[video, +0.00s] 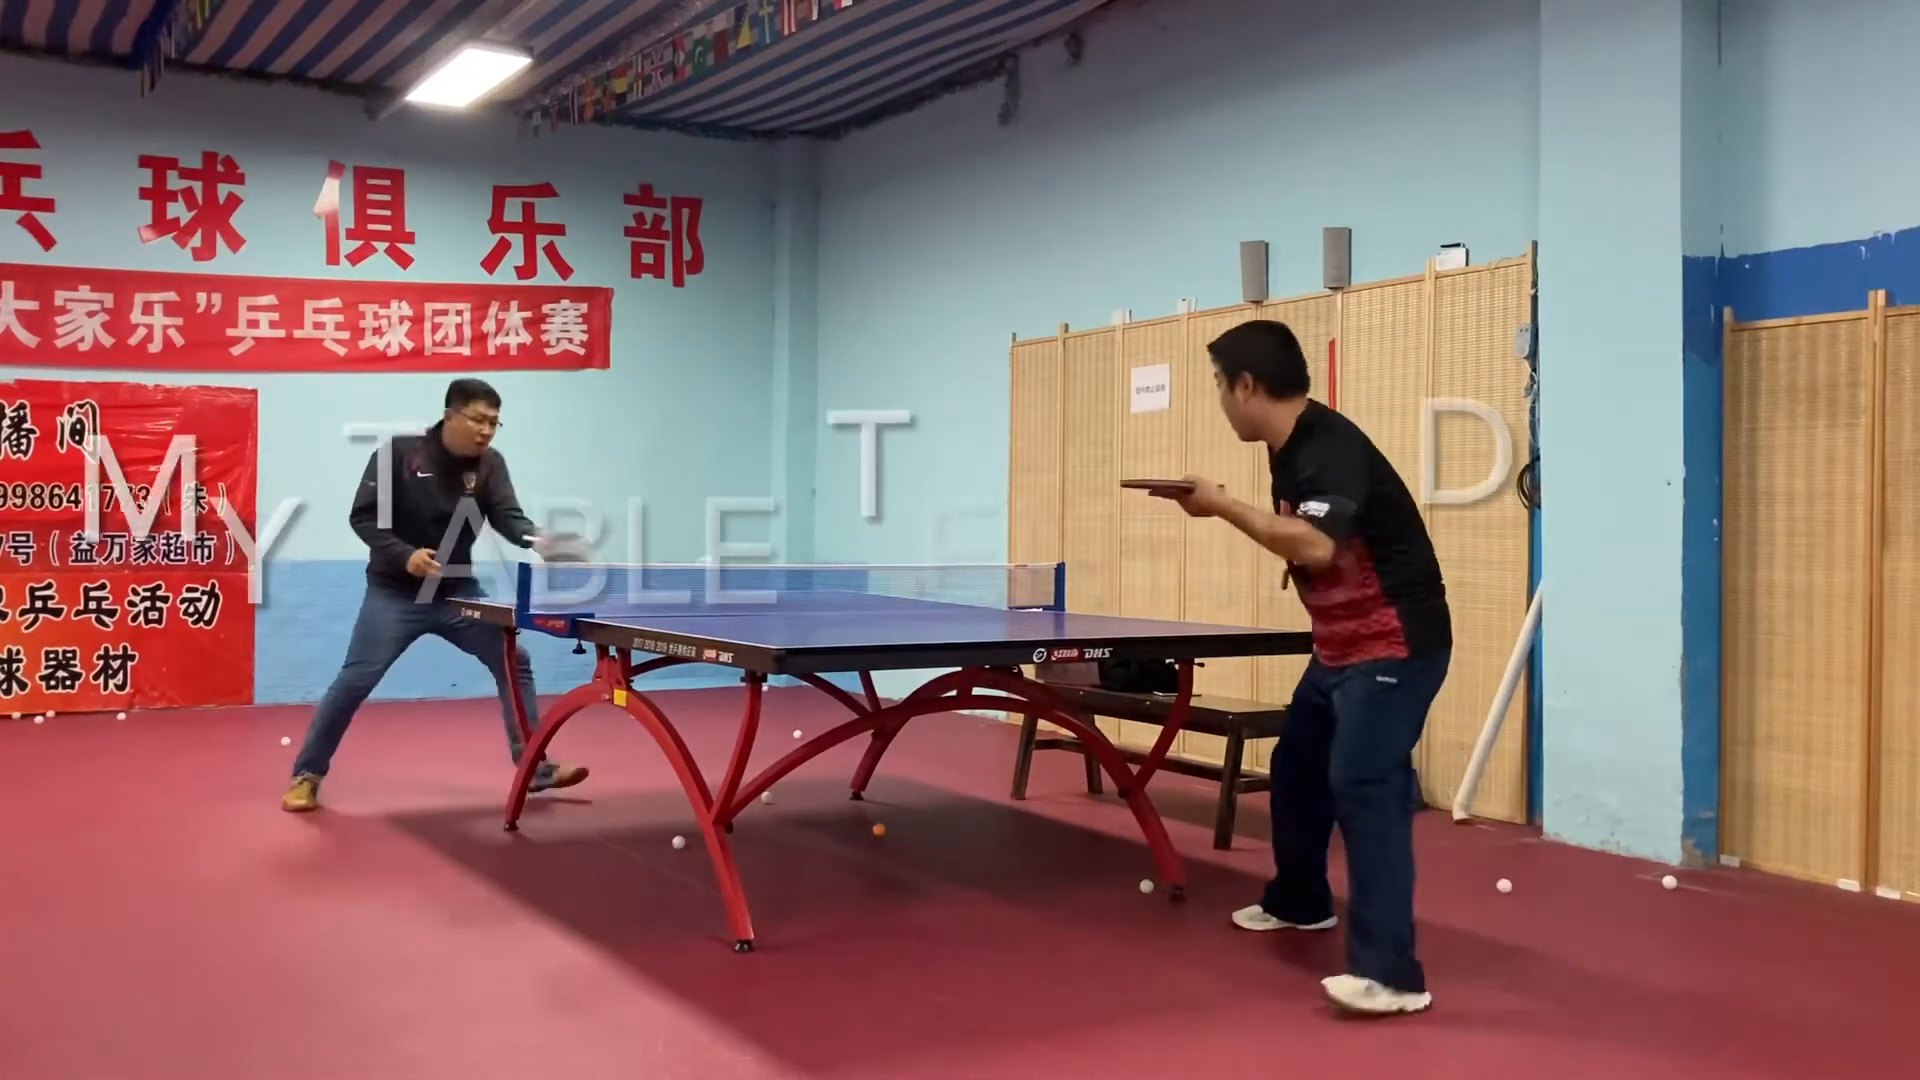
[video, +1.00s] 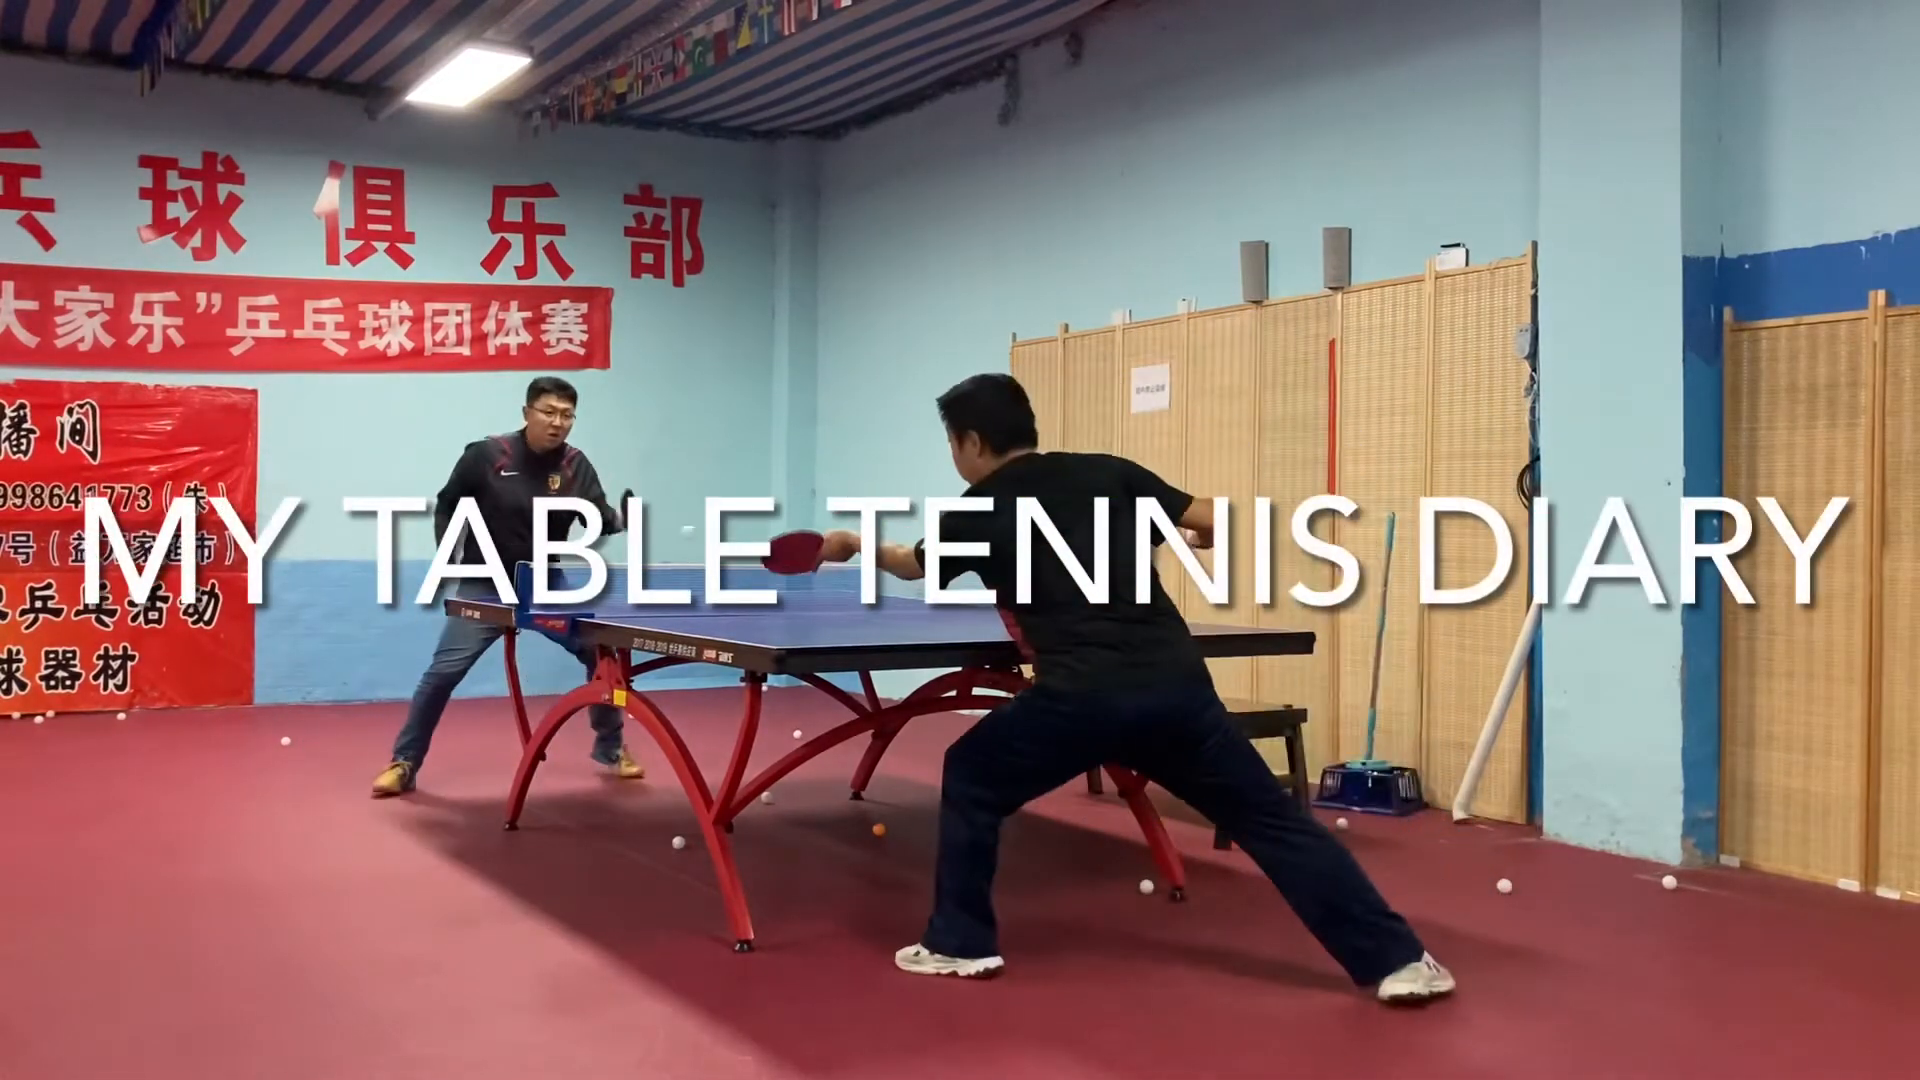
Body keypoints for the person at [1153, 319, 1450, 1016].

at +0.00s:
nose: (1222, 404)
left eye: (1223, 389)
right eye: (1221, 389)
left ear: (1248, 386)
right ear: (1268, 383)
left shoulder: (1330, 445)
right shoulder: (1293, 449)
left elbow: (1312, 546)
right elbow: (1318, 539)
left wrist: (1223, 506)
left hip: (1394, 649)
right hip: (1343, 648)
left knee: (1368, 786)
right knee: (1297, 768)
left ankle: (1391, 972)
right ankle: (1300, 900)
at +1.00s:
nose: (953, 458)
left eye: (954, 444)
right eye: (954, 444)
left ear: (974, 441)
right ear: (1030, 429)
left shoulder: (983, 505)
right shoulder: (1115, 473)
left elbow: (913, 566)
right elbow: (1204, 521)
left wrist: (855, 543)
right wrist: (1147, 526)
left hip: (1081, 694)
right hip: (1176, 687)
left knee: (973, 771)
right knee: (1271, 818)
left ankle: (962, 941)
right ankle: (1398, 960)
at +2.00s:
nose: (1210, 408)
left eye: (1219, 393)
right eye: (1212, 393)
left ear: (1261, 398)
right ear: (1263, 398)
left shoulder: (1353, 484)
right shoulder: (1269, 462)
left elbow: (1400, 610)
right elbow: (1252, 510)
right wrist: (1187, 550)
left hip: (1385, 679)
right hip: (1344, 676)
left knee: (1270, 783)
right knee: (1402, 805)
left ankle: (1270, 983)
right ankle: (1524, 927)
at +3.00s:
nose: (1268, 356)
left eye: (1273, 341)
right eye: (1269, 341)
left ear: (1301, 343)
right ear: (1342, 343)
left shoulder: (1328, 423)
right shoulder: (1398, 412)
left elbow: (1317, 545)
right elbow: (1459, 506)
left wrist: (1246, 586)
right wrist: (1371, 548)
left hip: (1381, 651)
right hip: (1438, 648)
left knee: (1294, 793)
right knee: (1406, 786)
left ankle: (1316, 988)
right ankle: (1463, 941)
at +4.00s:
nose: (1388, 321)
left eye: (1391, 306)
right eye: (1388, 306)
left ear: (1417, 304)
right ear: (1469, 307)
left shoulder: (1425, 393)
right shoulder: (1510, 385)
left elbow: (1403, 513)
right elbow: (1551, 497)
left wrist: (1363, 619)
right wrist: (1487, 556)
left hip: (1456, 638)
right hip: (1516, 632)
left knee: (1436, 806)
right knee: (1482, 790)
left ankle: (1515, 993)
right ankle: (1465, 926)